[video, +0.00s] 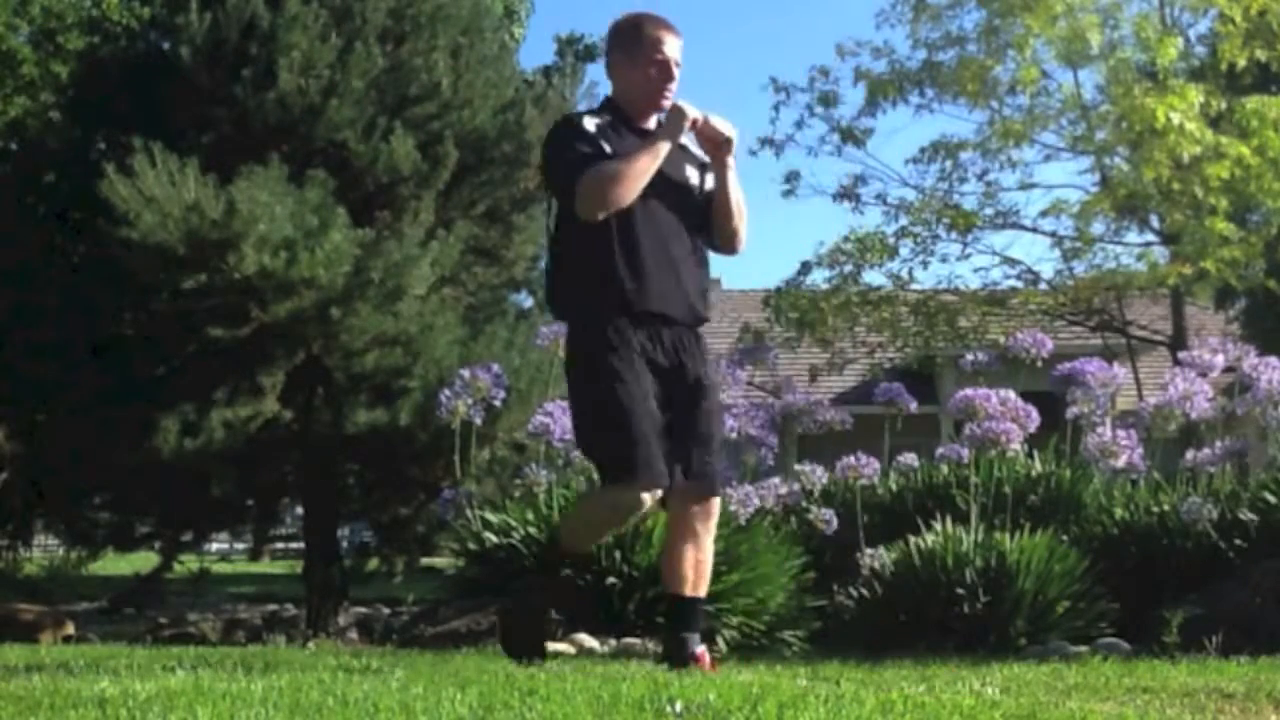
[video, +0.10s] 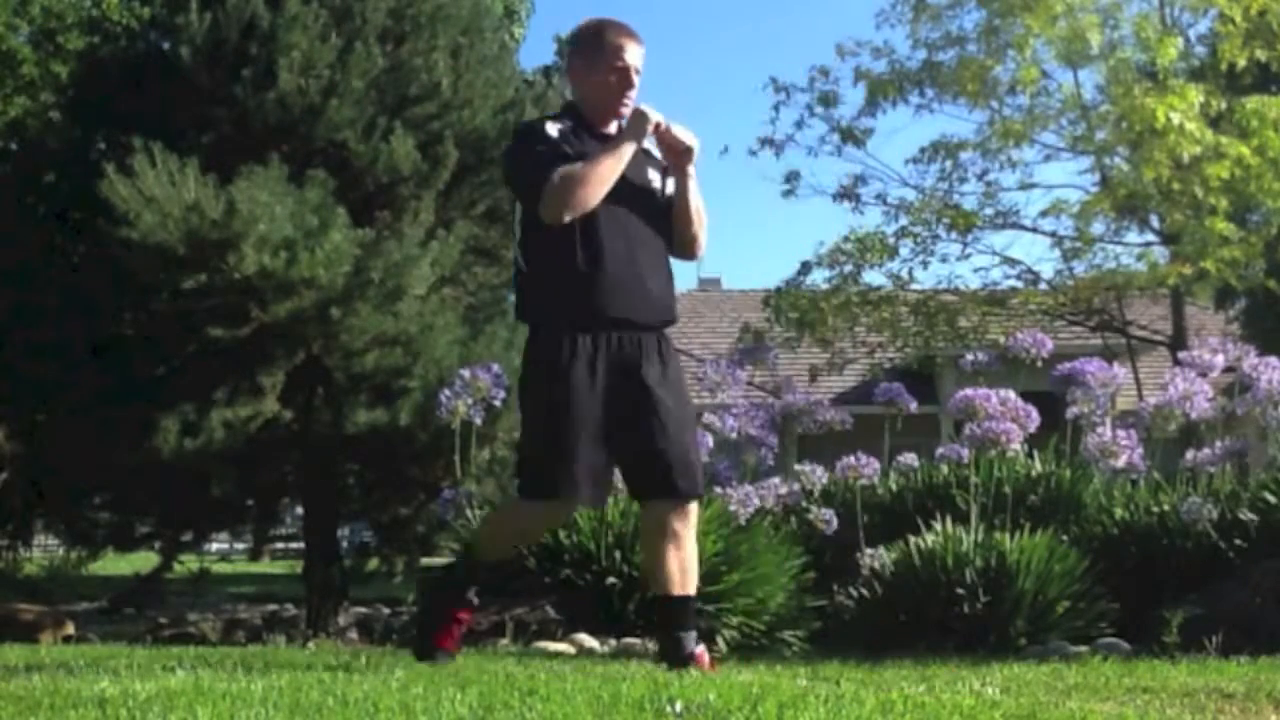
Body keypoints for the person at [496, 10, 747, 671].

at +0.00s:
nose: (669, 75)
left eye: (675, 66)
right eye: (655, 62)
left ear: (680, 75)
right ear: (616, 64)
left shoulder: (677, 154)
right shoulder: (575, 133)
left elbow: (729, 238)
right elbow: (598, 198)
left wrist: (723, 164)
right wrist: (667, 138)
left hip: (684, 338)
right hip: (611, 334)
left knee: (699, 495)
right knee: (636, 488)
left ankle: (686, 642)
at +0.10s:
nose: (630, 84)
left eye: (636, 74)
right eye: (617, 71)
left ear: (639, 80)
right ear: (575, 71)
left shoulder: (648, 156)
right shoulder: (539, 139)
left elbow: (687, 246)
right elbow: (563, 204)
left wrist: (683, 174)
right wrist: (630, 142)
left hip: (651, 346)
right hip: (569, 345)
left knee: (677, 496)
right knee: (553, 495)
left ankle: (679, 640)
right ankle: (455, 589)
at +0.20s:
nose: (588, 100)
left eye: (596, 90)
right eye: (576, 85)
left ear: (602, 98)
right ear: (536, 82)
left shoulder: (605, 173)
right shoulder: (499, 154)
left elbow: (648, 259)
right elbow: (523, 222)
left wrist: (646, 190)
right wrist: (592, 156)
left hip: (605, 363)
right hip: (517, 361)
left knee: (652, 504)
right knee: (473, 507)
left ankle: (678, 644)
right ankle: (409, 622)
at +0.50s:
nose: (532, 87)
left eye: (542, 77)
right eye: (522, 72)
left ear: (548, 83)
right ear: (480, 66)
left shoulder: (551, 149)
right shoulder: (428, 131)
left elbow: (593, 236)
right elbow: (436, 207)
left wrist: (583, 166)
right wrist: (512, 152)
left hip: (536, 337)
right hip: (446, 338)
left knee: (583, 468)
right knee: (422, 495)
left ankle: (578, 628)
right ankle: (387, 631)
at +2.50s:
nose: (482, 68)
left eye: (489, 60)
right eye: (469, 56)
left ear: (499, 70)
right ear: (432, 61)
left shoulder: (513, 139)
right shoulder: (394, 127)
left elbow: (569, 212)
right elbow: (382, 201)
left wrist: (535, 139)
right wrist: (455, 127)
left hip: (496, 334)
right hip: (409, 331)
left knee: (509, 485)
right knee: (379, 483)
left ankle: (509, 634)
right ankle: (346, 618)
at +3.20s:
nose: (475, 90)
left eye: (484, 82)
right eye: (463, 78)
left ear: (491, 91)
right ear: (425, 80)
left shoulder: (510, 156)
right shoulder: (385, 148)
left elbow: (565, 234)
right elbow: (372, 211)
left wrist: (533, 167)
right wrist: (447, 143)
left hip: (506, 347)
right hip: (417, 351)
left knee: (579, 462)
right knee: (380, 507)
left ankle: (548, 607)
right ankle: (351, 641)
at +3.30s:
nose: (501, 86)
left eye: (510, 78)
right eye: (488, 74)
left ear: (520, 86)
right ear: (451, 76)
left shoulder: (535, 148)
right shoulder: (412, 143)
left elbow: (593, 227)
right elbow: (404, 203)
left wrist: (564, 157)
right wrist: (476, 136)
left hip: (531, 348)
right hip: (439, 353)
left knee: (609, 458)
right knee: (394, 504)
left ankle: (622, 618)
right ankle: (355, 631)